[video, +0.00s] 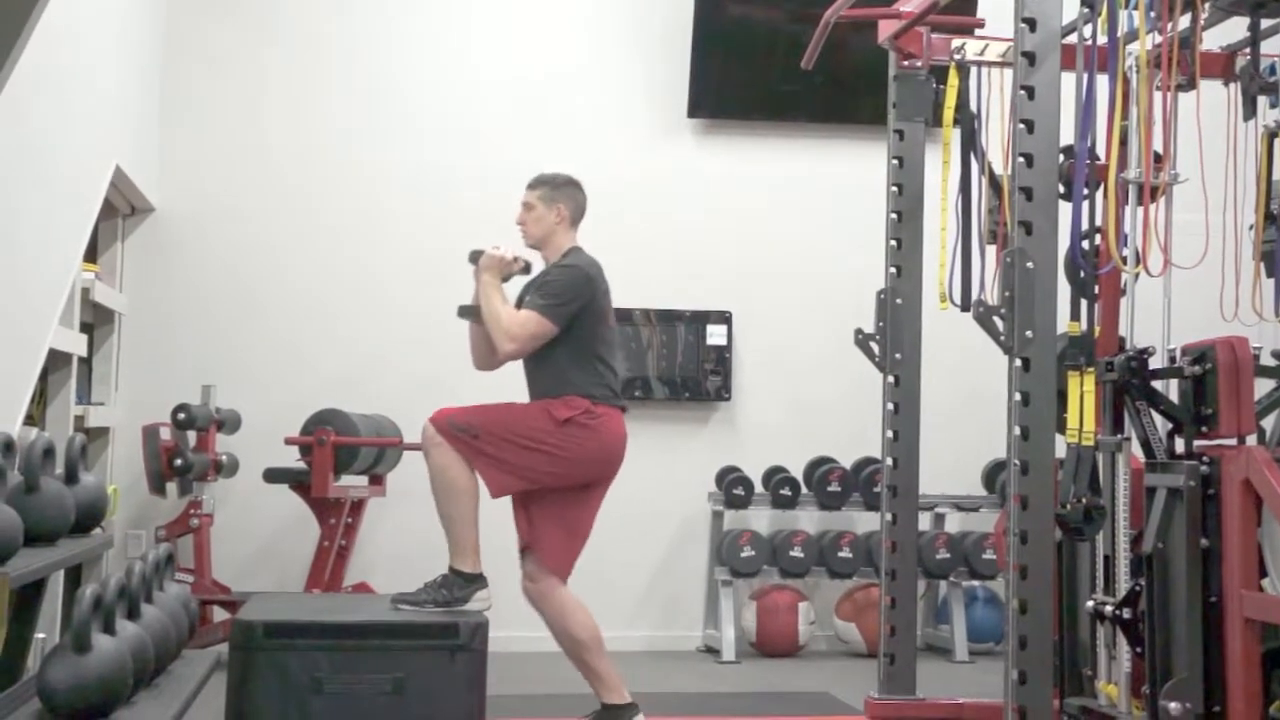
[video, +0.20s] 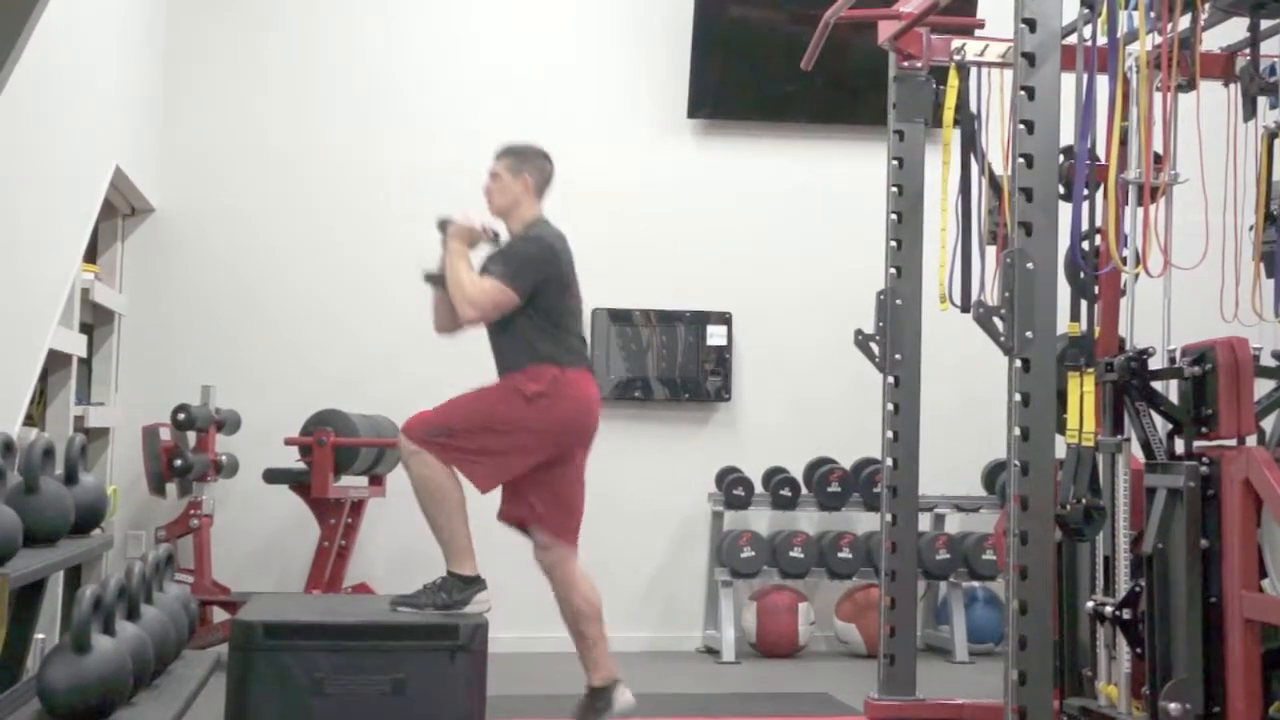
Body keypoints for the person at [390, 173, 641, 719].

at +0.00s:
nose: (518, 219)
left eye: (529, 209)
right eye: (521, 209)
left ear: (561, 215)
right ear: (558, 216)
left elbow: (511, 339)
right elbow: (487, 359)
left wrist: (489, 279)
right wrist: (486, 292)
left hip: (583, 423)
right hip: (584, 433)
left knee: (444, 429)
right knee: (540, 578)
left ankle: (464, 576)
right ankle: (618, 704)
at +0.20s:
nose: (486, 186)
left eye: (496, 177)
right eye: (488, 177)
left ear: (527, 183)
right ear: (522, 183)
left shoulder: (540, 244)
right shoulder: (517, 249)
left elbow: (473, 306)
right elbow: (446, 321)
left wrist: (456, 244)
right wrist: (454, 255)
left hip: (550, 393)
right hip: (568, 399)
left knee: (419, 441)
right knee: (555, 550)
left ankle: (462, 579)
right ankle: (605, 684)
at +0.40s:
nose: (462, 106)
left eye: (471, 96)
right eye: (464, 96)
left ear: (503, 100)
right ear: (501, 101)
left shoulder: (515, 159)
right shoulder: (498, 165)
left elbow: (444, 221)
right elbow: (425, 242)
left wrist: (431, 158)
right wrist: (426, 178)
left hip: (526, 317)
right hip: (520, 319)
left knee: (431, 437)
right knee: (460, 459)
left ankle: (463, 578)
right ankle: (543, 566)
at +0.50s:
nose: (458, 75)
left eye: (467, 65)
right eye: (460, 65)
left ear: (499, 69)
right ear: (494, 71)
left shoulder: (510, 128)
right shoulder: (490, 136)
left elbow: (441, 194)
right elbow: (425, 215)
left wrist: (430, 129)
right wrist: (426, 150)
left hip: (519, 294)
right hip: (492, 293)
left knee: (448, 430)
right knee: (403, 388)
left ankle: (466, 578)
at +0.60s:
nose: (456, 59)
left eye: (465, 48)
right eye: (459, 49)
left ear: (497, 51)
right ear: (496, 51)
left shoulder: (508, 108)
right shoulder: (490, 114)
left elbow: (438, 174)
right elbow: (427, 202)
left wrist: (426, 111)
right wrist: (431, 130)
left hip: (506, 282)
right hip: (469, 275)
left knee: (462, 428)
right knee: (368, 303)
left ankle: (466, 576)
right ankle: (431, 415)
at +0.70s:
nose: (452, 54)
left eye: (460, 43)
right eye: (454, 44)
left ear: (492, 46)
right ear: (493, 48)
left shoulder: (504, 106)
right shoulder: (484, 109)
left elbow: (429, 177)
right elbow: (421, 196)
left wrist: (425, 108)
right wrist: (424, 125)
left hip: (498, 279)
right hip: (464, 261)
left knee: (463, 430)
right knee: (364, 227)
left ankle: (466, 578)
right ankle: (378, 359)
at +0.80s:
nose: (448, 56)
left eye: (456, 45)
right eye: (450, 45)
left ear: (487, 46)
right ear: (489, 49)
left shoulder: (500, 106)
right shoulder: (491, 107)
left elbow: (427, 170)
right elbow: (453, 184)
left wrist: (424, 108)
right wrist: (423, 144)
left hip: (493, 278)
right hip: (462, 258)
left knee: (459, 431)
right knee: (370, 203)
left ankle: (465, 578)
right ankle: (355, 335)